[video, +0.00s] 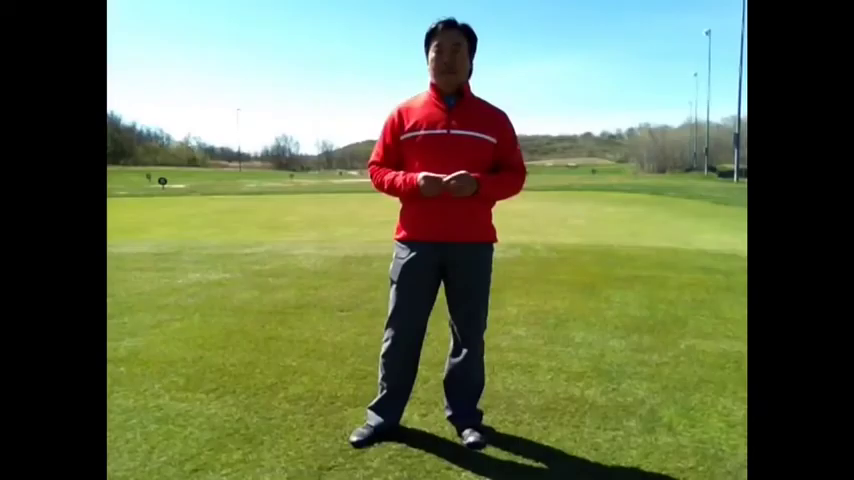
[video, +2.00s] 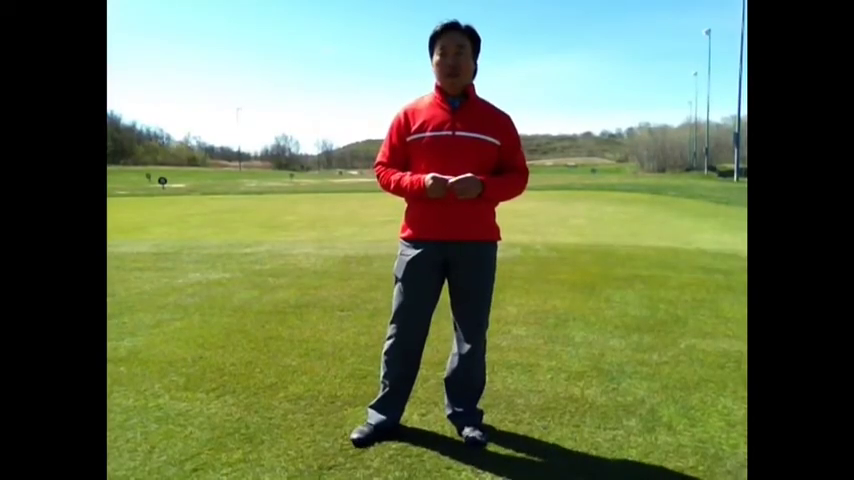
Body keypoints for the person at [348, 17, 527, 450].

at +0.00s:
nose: (445, 56)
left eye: (455, 49)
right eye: (438, 48)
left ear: (471, 59)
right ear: (426, 58)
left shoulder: (494, 119)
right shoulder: (403, 116)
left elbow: (515, 176)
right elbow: (378, 172)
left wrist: (480, 184)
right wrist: (414, 182)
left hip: (472, 245)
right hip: (415, 243)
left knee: (469, 337)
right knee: (400, 333)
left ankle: (467, 419)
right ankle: (383, 417)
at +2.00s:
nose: (450, 59)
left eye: (459, 51)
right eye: (442, 52)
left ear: (475, 60)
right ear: (431, 61)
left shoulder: (498, 122)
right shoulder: (409, 117)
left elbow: (518, 177)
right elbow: (384, 171)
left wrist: (484, 186)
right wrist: (421, 183)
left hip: (476, 245)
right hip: (420, 242)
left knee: (471, 336)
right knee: (403, 331)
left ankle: (467, 416)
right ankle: (384, 416)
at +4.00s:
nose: (453, 58)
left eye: (463, 50)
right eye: (445, 50)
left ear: (478, 59)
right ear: (433, 59)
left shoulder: (500, 121)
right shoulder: (411, 116)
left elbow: (521, 177)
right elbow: (386, 171)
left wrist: (485, 189)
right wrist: (419, 185)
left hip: (478, 245)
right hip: (423, 242)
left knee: (473, 336)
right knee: (405, 331)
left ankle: (466, 415)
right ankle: (383, 416)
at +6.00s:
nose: (451, 58)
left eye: (461, 51)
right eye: (444, 50)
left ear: (478, 59)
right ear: (433, 58)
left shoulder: (499, 121)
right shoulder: (409, 114)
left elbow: (518, 179)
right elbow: (383, 169)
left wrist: (481, 190)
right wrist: (414, 184)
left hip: (473, 245)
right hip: (417, 241)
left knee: (469, 334)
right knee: (400, 330)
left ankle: (466, 416)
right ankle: (382, 415)